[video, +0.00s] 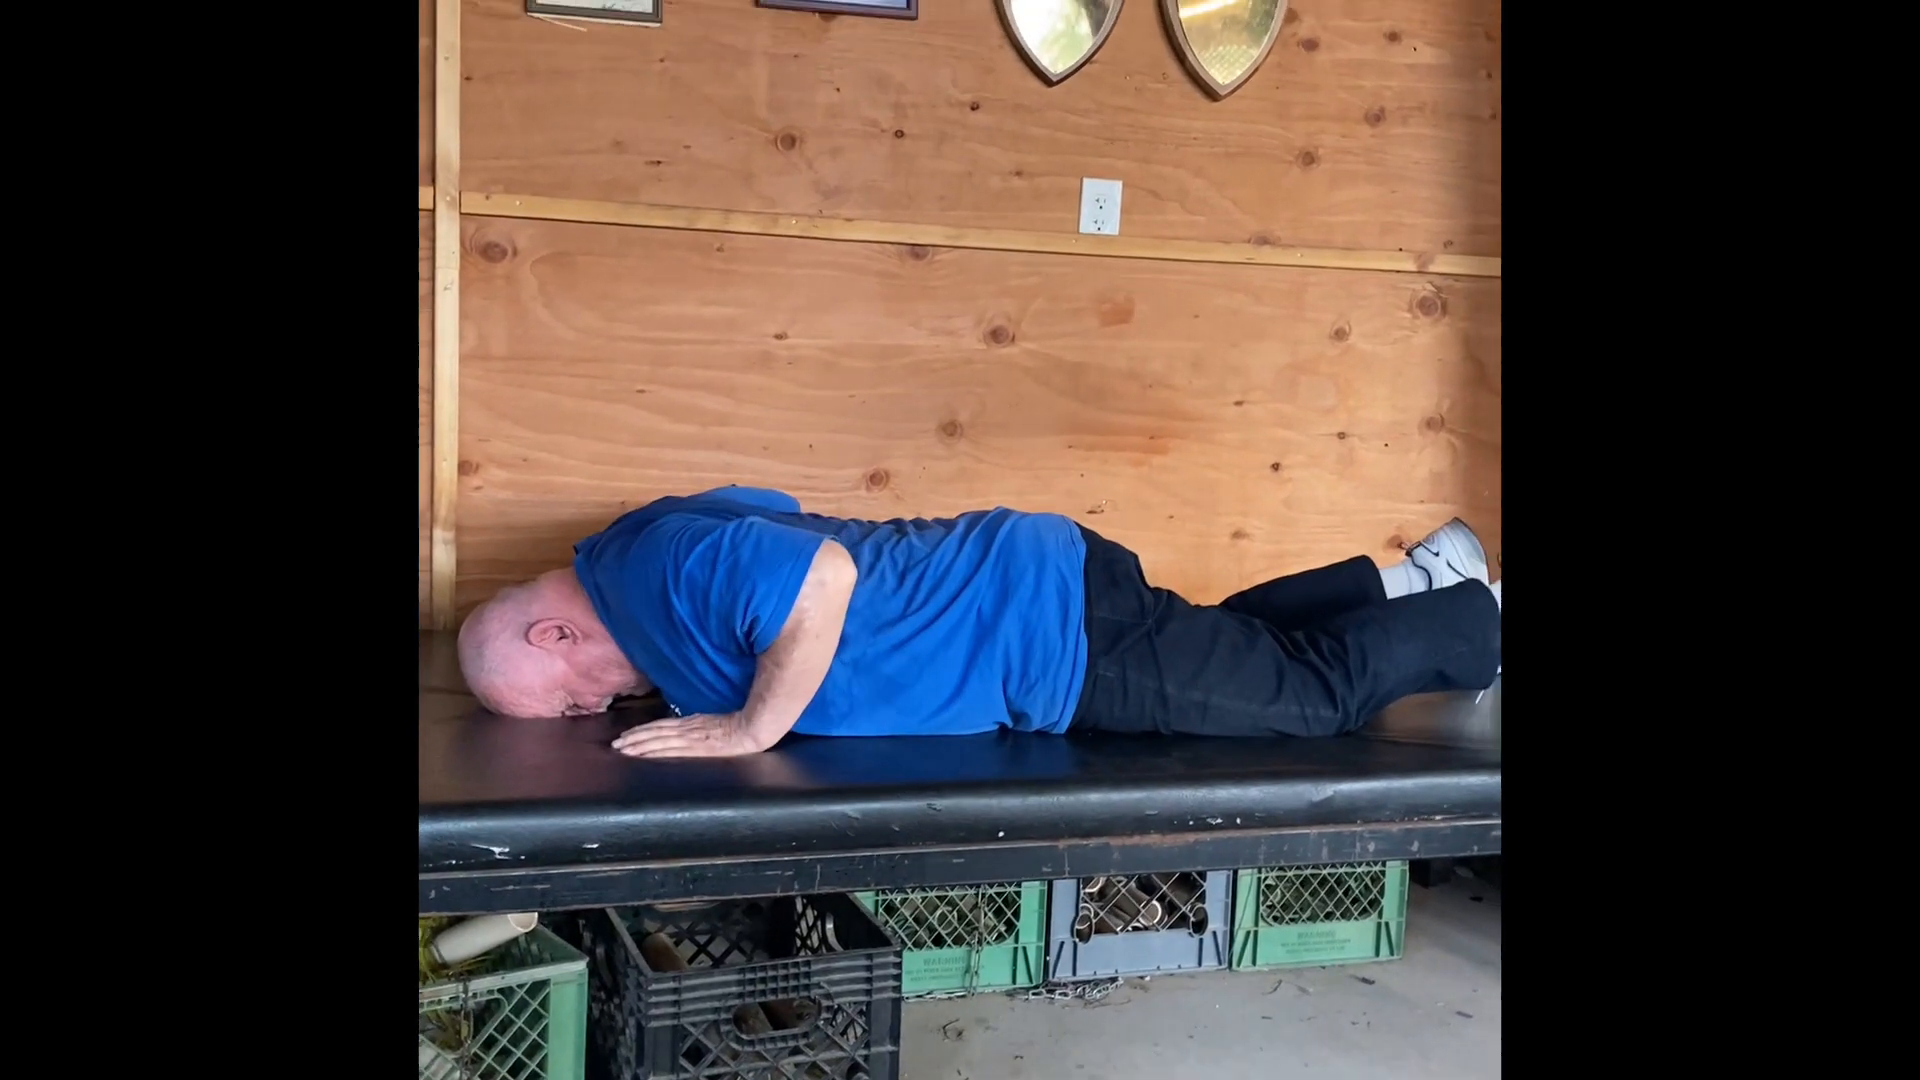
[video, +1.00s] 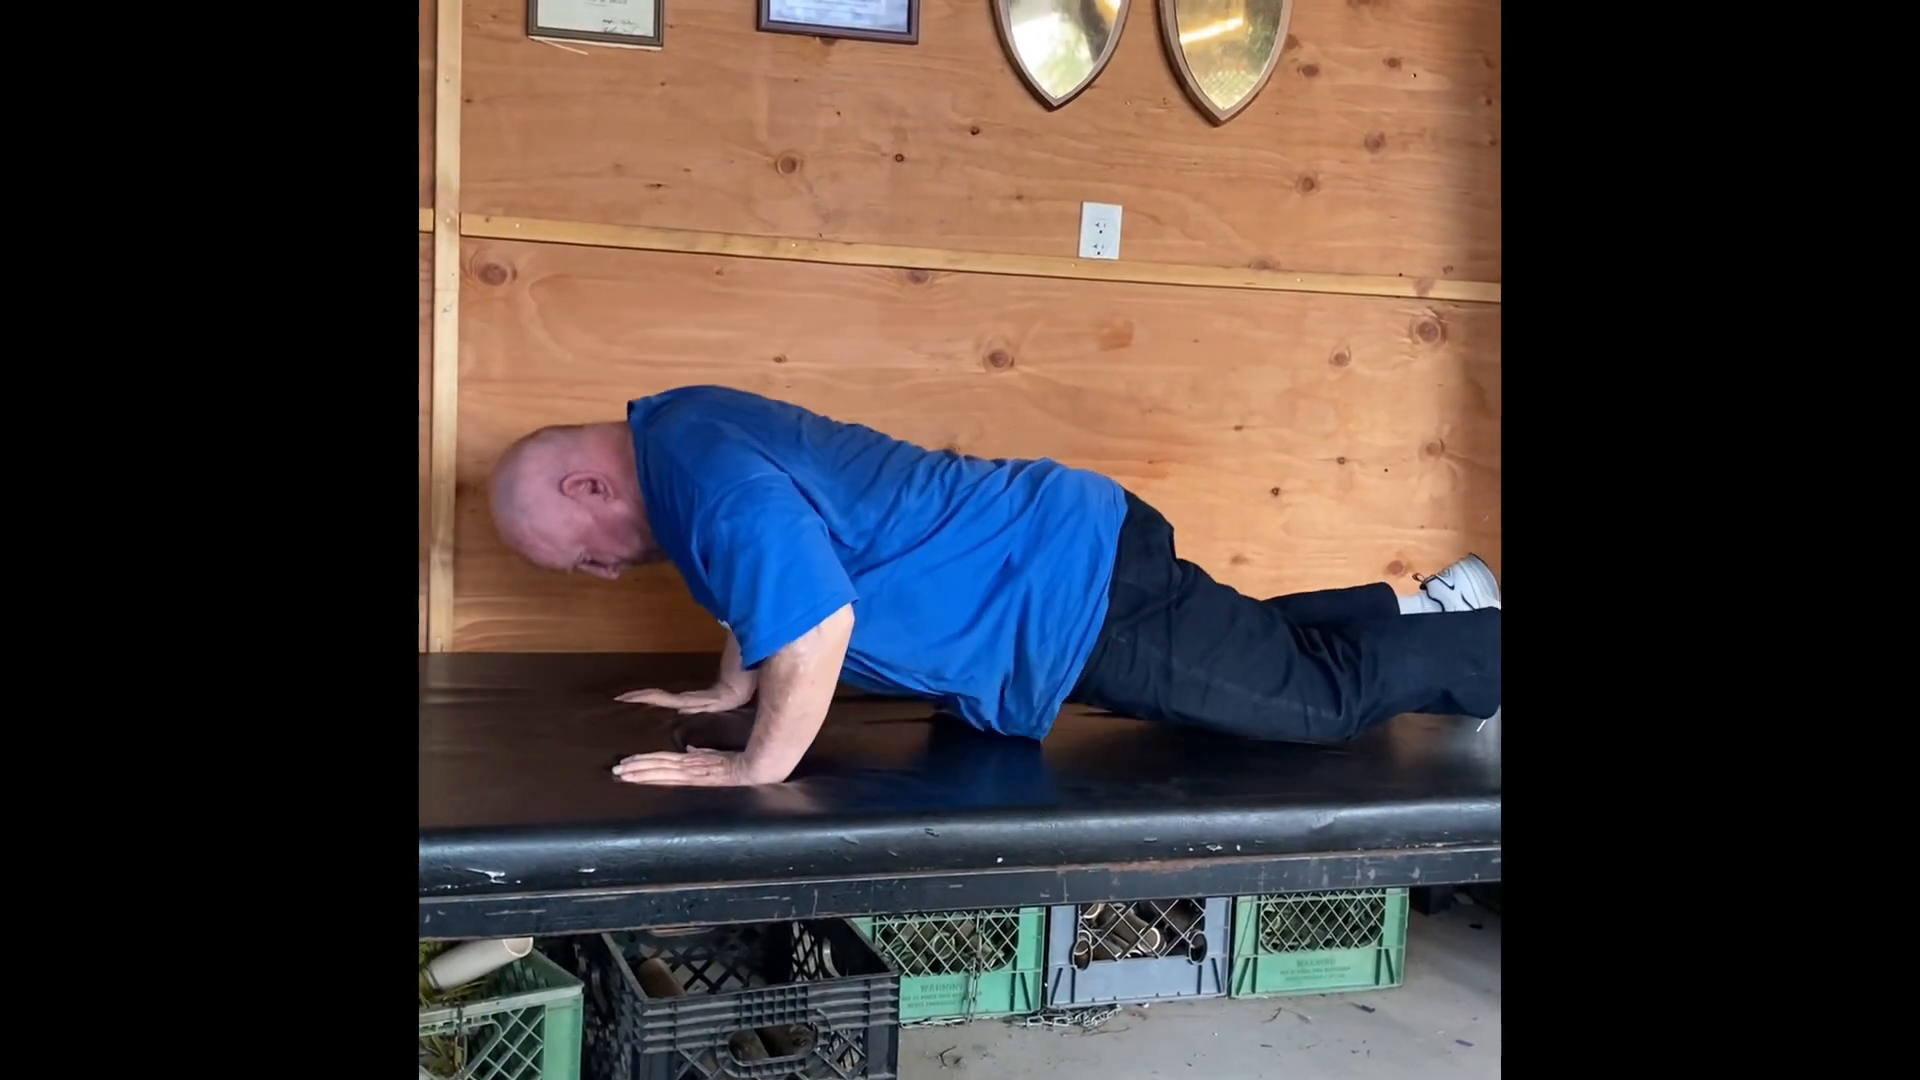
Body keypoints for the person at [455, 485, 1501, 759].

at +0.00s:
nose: (586, 710)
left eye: (558, 701)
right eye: (561, 707)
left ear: (546, 635)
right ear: (548, 627)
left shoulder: (657, 567)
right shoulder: (640, 580)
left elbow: (826, 574)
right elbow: (819, 550)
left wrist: (750, 728)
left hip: (1052, 624)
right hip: (1030, 626)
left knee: (1315, 689)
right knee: (1245, 662)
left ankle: (1481, 622)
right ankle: (1420, 572)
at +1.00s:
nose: (606, 552)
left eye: (584, 538)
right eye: (580, 551)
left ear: (581, 480)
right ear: (580, 479)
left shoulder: (711, 474)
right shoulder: (680, 441)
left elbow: (816, 616)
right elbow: (774, 591)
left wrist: (761, 768)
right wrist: (738, 705)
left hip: (1079, 587)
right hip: (1056, 567)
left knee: (1313, 693)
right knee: (1282, 653)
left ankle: (1483, 648)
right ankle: (1452, 607)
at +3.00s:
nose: (561, 644)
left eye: (541, 634)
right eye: (542, 642)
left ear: (543, 574)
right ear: (539, 560)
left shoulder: (661, 534)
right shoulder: (611, 513)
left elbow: (781, 636)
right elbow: (716, 635)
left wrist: (714, 772)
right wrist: (663, 690)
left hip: (1041, 634)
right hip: (1014, 615)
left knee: (1277, 726)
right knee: (1221, 666)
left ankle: (1463, 668)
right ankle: (1409, 626)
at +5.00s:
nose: (490, 689)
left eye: (471, 676)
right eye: (473, 687)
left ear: (472, 615)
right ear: (476, 617)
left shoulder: (604, 580)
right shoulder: (554, 580)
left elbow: (703, 710)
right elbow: (675, 702)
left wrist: (639, 841)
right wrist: (610, 781)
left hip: (956, 698)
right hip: (925, 733)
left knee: (1194, 796)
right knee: (1152, 757)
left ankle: (1410, 744)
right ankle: (1339, 713)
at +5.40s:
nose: (520, 559)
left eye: (506, 542)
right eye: (503, 548)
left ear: (519, 486)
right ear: (523, 466)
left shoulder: (653, 505)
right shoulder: (624, 484)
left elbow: (679, 704)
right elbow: (657, 673)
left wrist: (638, 850)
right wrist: (618, 782)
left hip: (980, 643)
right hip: (953, 647)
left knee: (1198, 765)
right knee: (1166, 731)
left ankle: (1428, 754)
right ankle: (1360, 728)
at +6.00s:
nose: (478, 701)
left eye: (460, 683)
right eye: (461, 695)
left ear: (471, 620)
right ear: (475, 626)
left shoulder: (603, 593)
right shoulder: (558, 608)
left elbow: (694, 737)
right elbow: (674, 726)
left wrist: (625, 867)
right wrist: (601, 787)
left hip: (954, 723)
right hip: (922, 766)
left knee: (1186, 824)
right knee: (1142, 783)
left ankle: (1408, 775)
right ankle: (1341, 738)